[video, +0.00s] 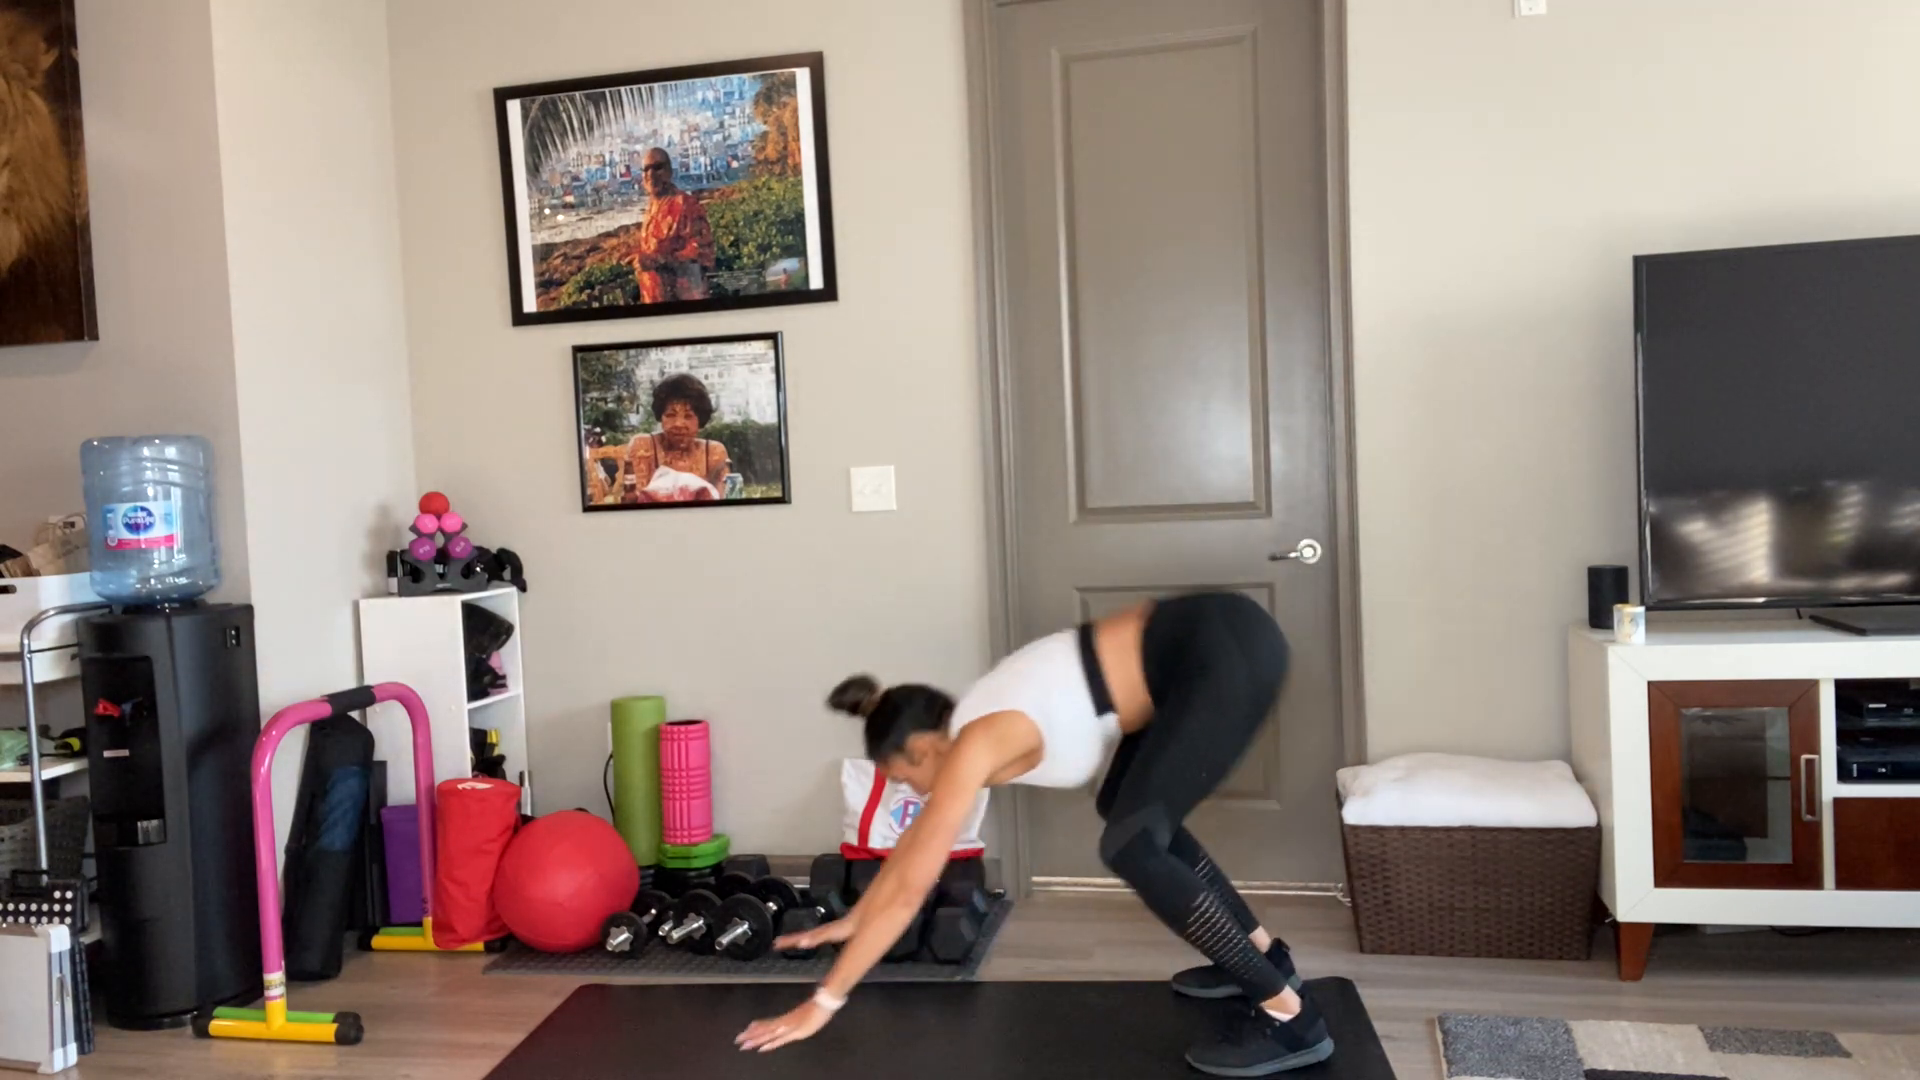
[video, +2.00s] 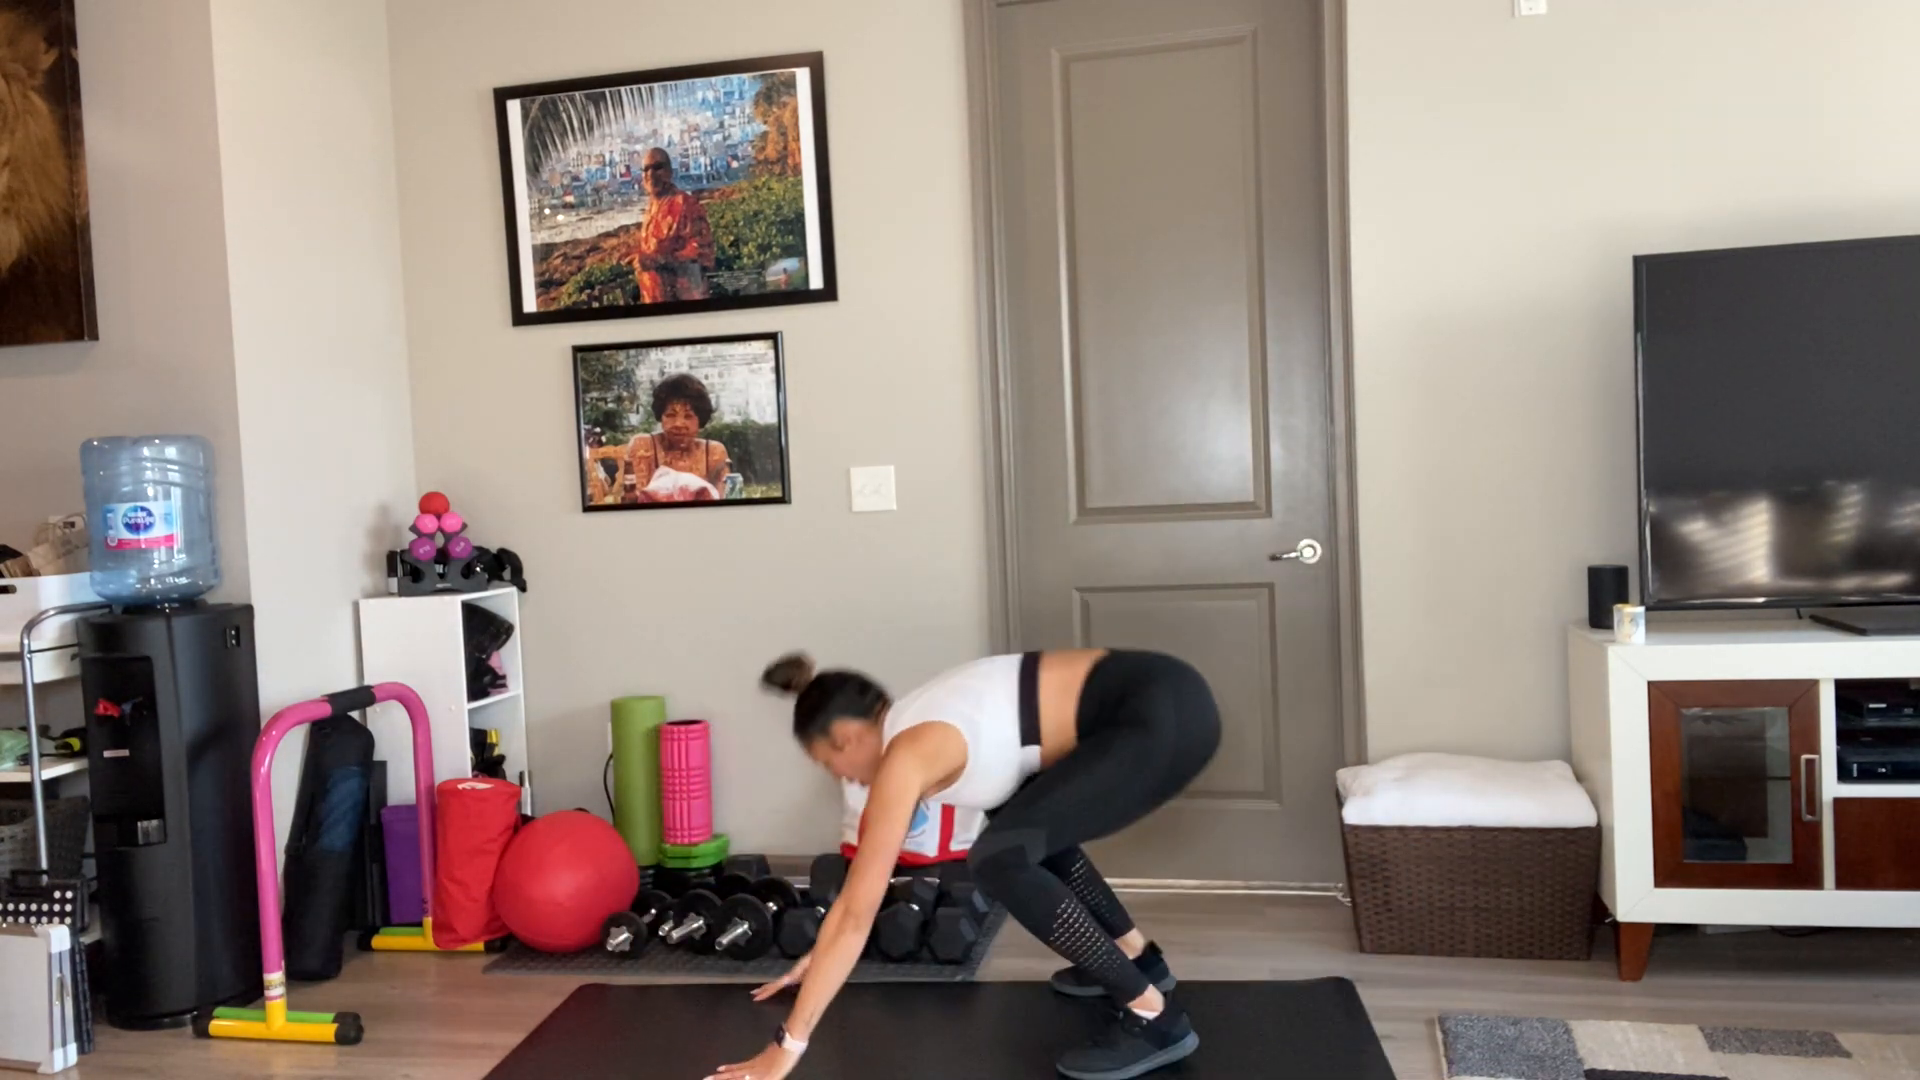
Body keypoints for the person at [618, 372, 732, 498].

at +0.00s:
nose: (679, 424)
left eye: (688, 416)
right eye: (670, 415)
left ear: (700, 420)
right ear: (660, 418)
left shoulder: (715, 451)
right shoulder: (641, 446)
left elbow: (719, 500)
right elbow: (638, 499)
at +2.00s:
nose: (679, 424)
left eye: (688, 416)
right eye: (671, 415)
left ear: (701, 420)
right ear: (660, 418)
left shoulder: (715, 451)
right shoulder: (641, 446)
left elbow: (720, 500)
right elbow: (637, 499)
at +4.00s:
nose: (679, 424)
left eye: (688, 416)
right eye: (670, 415)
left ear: (700, 420)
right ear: (660, 418)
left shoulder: (714, 451)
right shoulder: (641, 446)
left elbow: (722, 499)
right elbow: (630, 499)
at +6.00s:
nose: (679, 424)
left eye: (688, 416)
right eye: (670, 415)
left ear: (700, 420)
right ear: (660, 418)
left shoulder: (714, 451)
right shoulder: (641, 446)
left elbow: (722, 500)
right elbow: (631, 499)